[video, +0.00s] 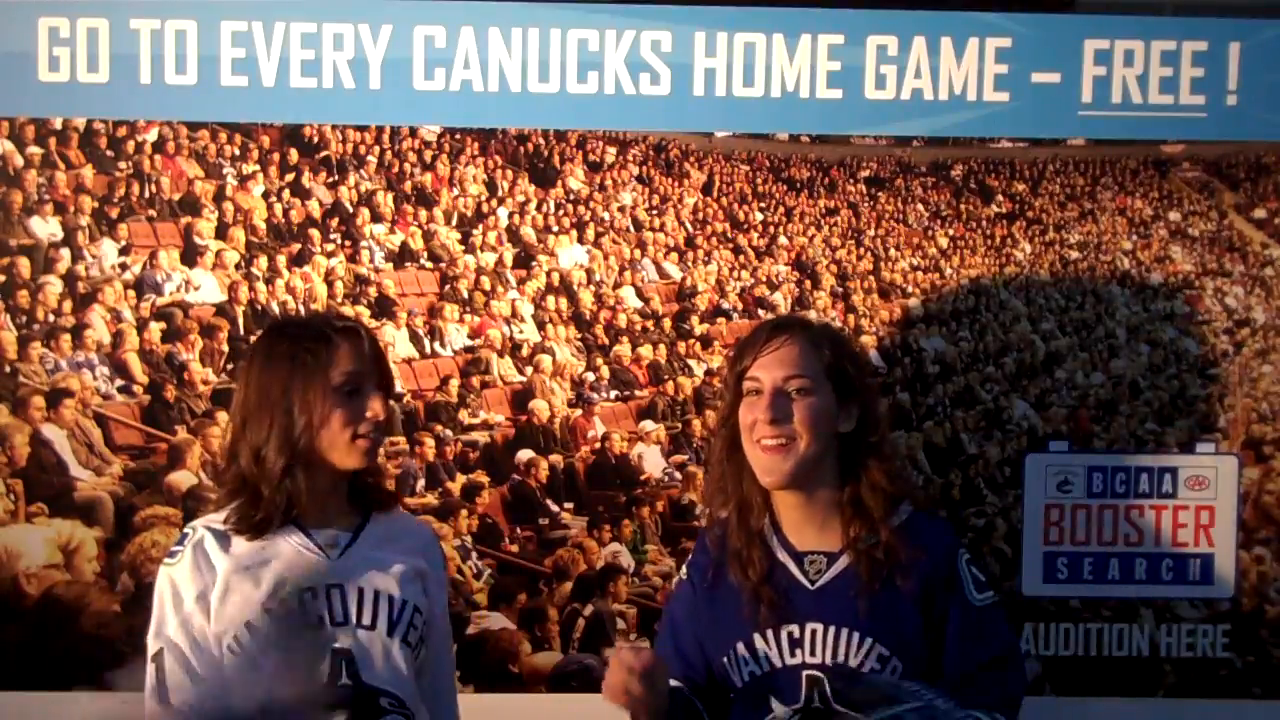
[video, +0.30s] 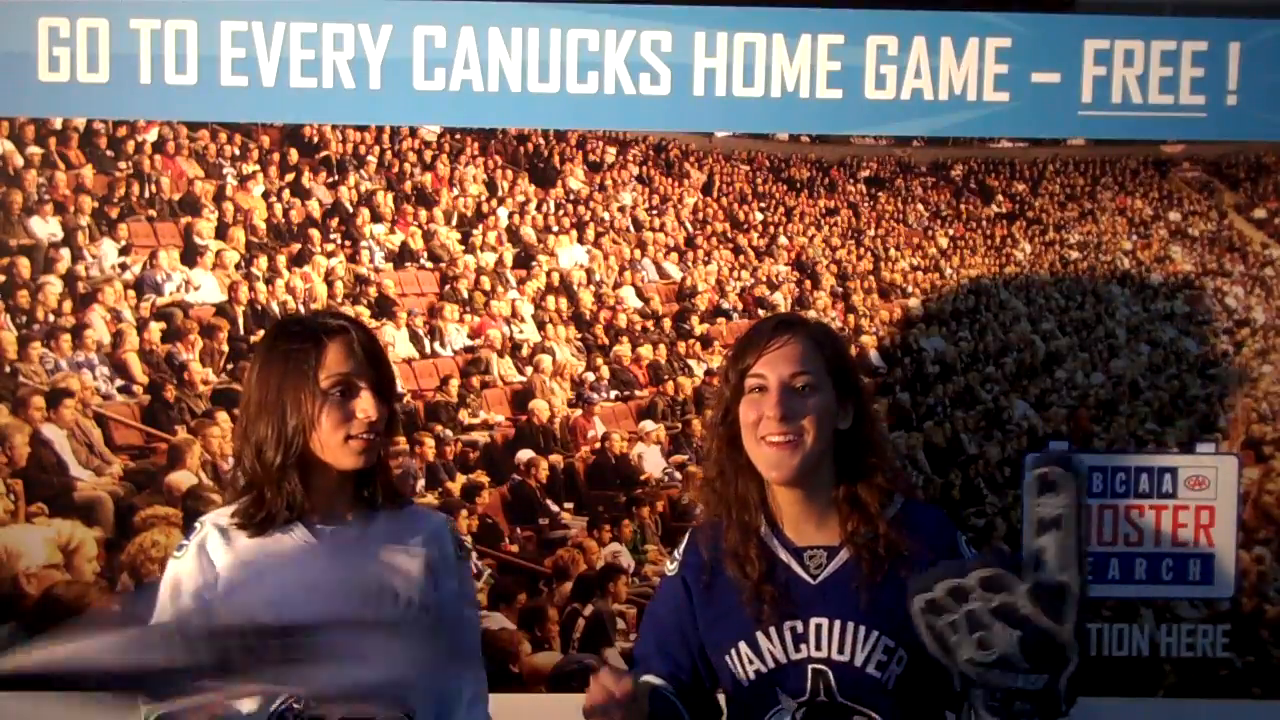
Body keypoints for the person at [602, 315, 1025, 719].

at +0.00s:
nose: (767, 411)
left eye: (795, 391)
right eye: (752, 392)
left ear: (844, 412)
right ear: (736, 415)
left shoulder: (924, 552)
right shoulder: (716, 558)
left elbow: (995, 693)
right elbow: (687, 702)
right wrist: (655, 701)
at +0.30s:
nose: (775, 412)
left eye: (802, 389)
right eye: (755, 390)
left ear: (843, 410)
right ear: (735, 415)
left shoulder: (920, 540)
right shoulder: (708, 553)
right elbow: (671, 690)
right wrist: (639, 705)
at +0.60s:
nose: (735, 444)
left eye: (765, 426)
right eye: (725, 433)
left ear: (828, 455)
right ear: (712, 467)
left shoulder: (915, 579)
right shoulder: (711, 597)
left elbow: (1008, 692)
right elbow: (652, 708)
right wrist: (604, 700)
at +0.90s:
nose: (749, 386)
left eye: (775, 372)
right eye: (734, 368)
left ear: (815, 400)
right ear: (711, 391)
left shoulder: (904, 497)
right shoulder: (688, 536)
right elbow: (646, 695)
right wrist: (595, 628)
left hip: (894, 712)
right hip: (758, 714)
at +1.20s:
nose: (749, 398)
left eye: (775, 378)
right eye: (732, 383)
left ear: (823, 403)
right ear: (714, 412)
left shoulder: (901, 530)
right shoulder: (691, 548)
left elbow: (1006, 678)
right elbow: (641, 687)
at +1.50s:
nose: (774, 410)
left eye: (801, 392)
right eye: (785, 392)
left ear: (875, 428)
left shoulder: (954, 563)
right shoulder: (745, 536)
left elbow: (1064, 692)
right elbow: (672, 633)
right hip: (745, 711)